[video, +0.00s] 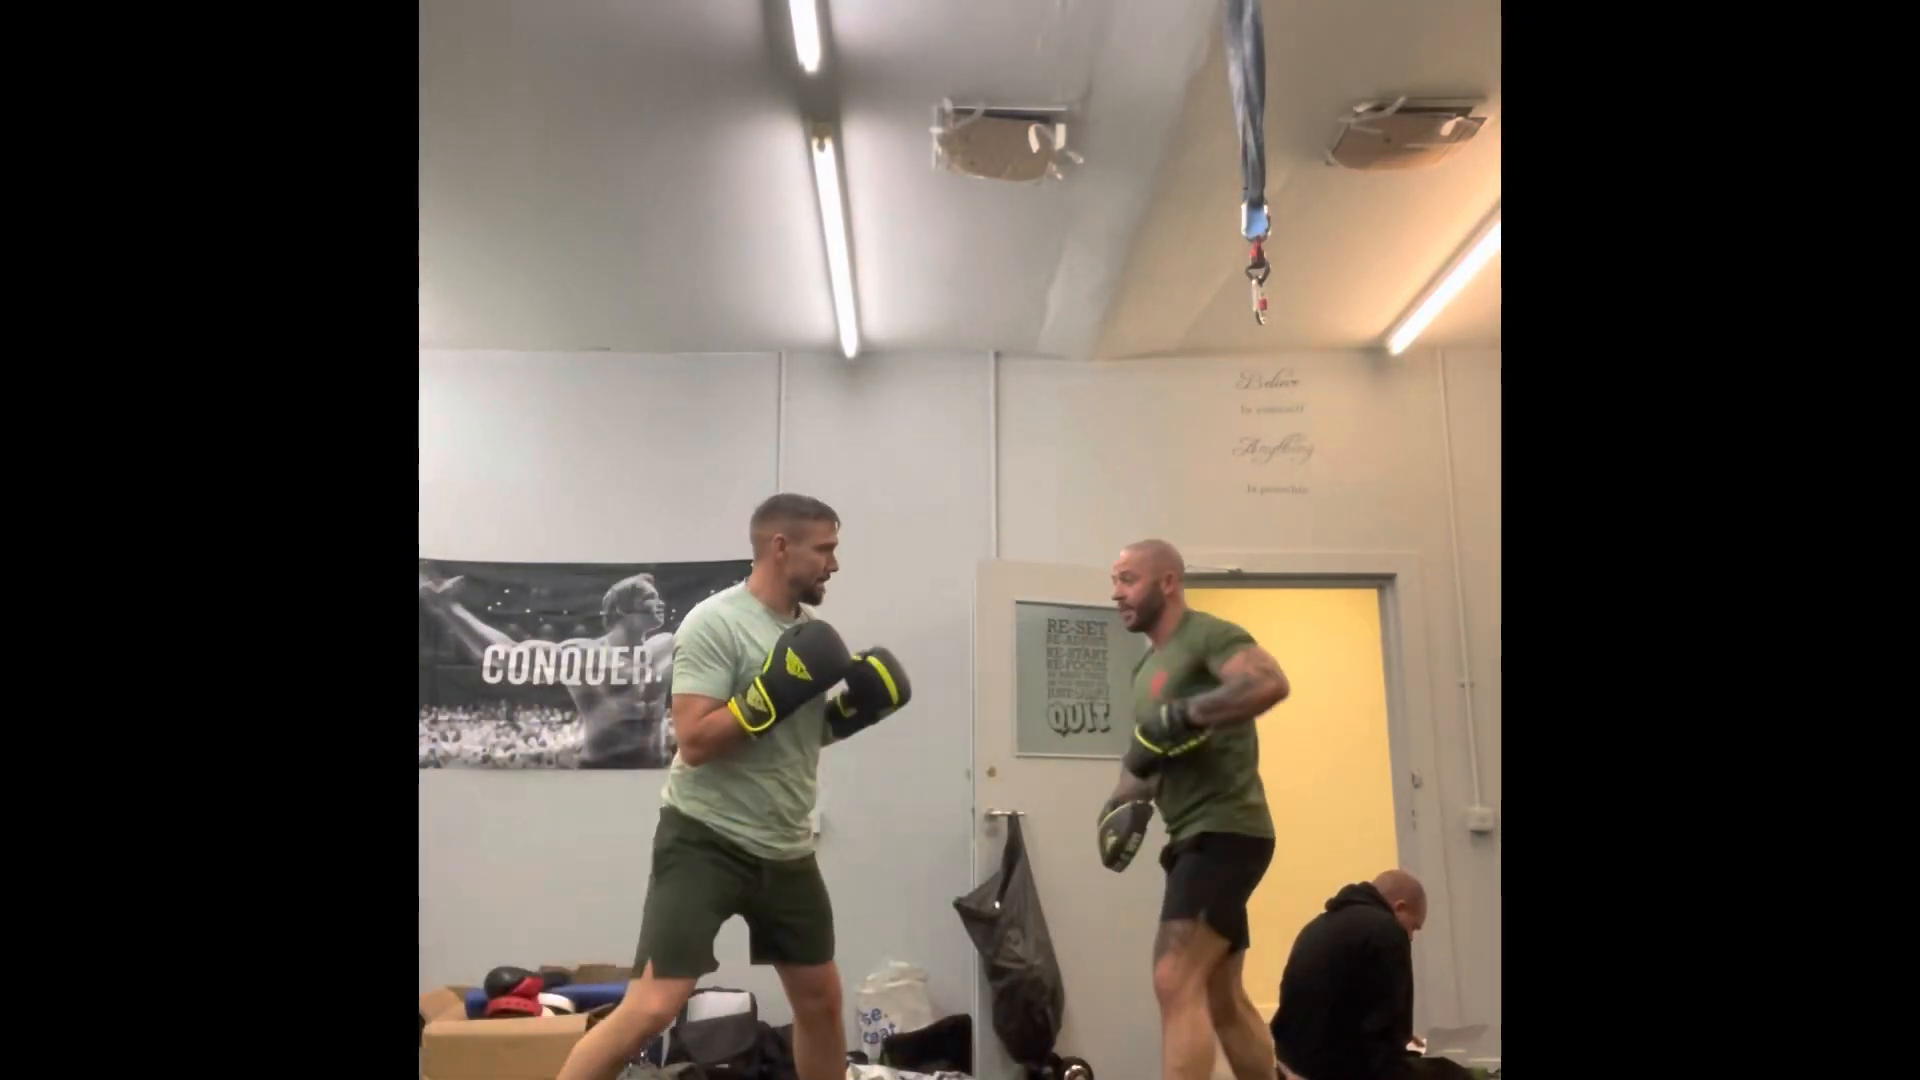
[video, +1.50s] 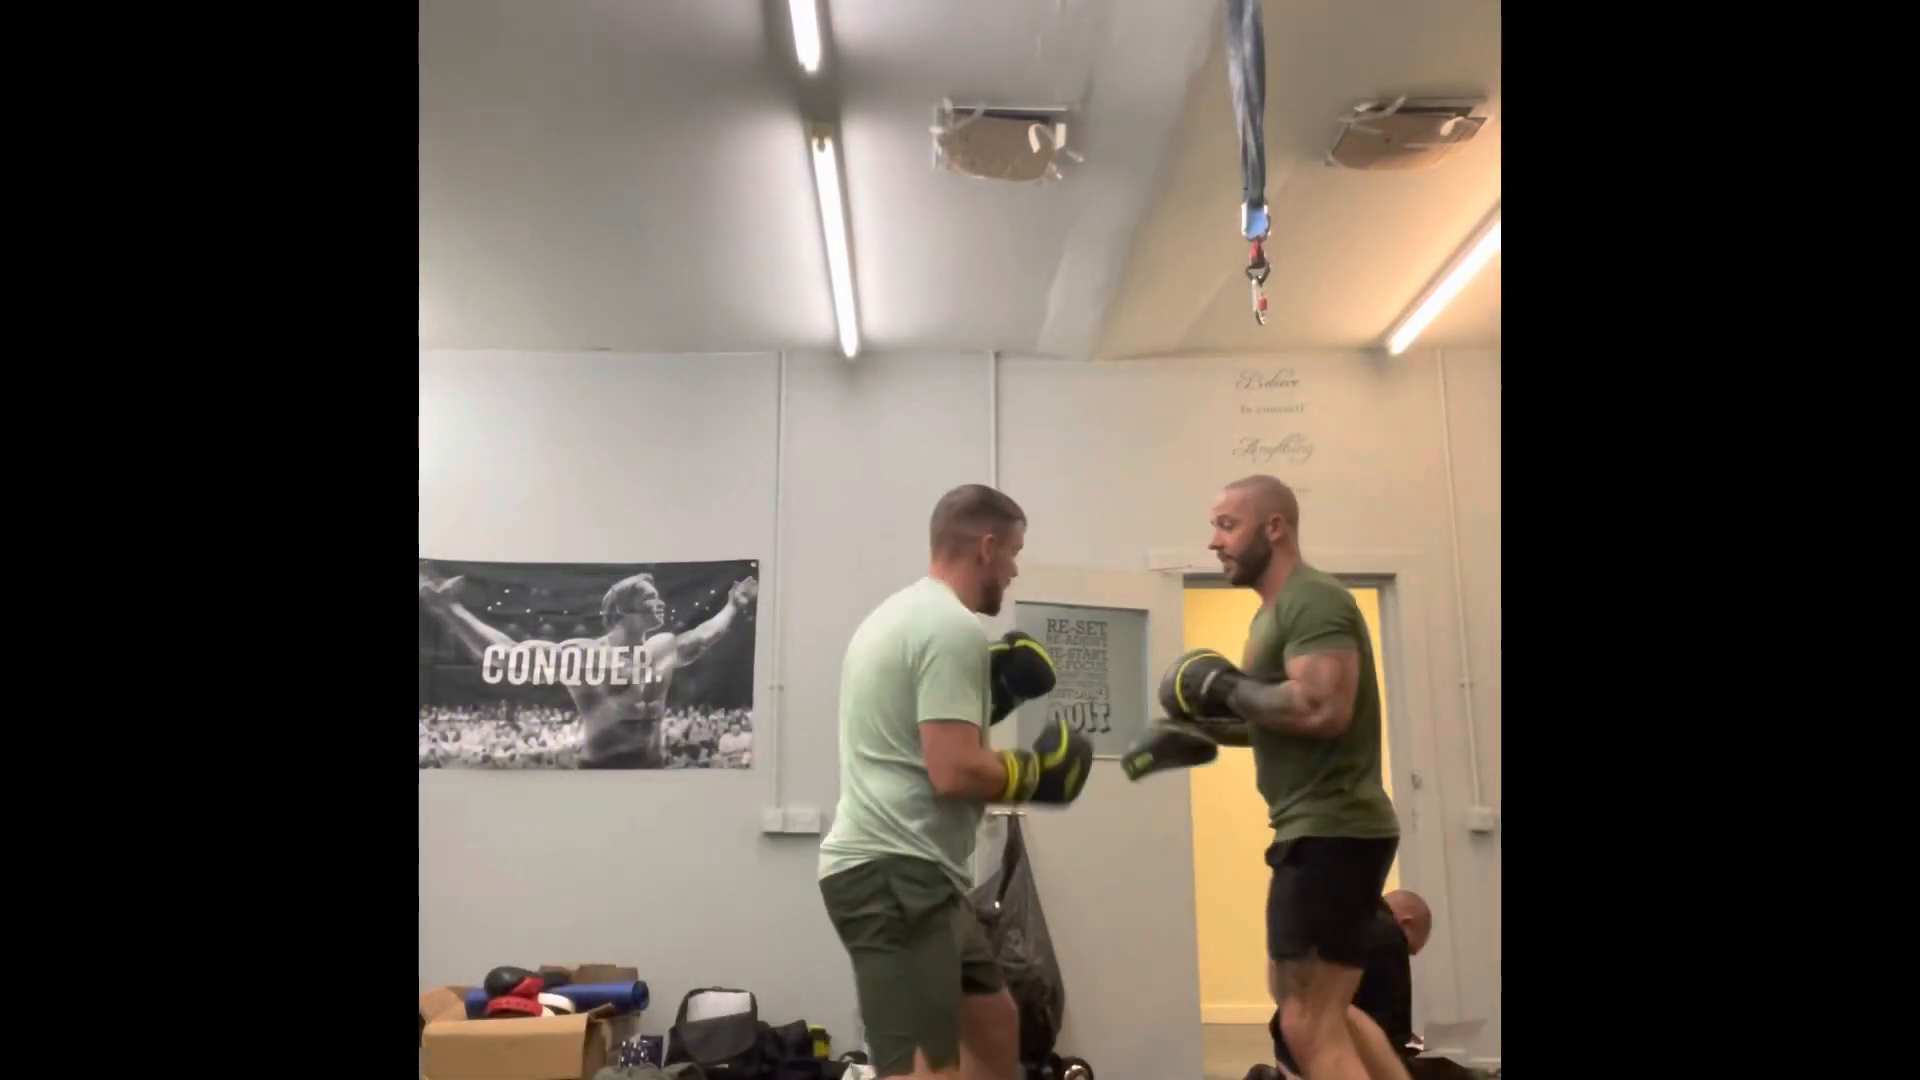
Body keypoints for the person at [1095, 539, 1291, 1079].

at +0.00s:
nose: (1117, 593)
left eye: (1128, 580)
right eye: (1115, 582)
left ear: (1167, 583)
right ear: (1151, 586)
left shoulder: (1209, 633)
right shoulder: (1146, 669)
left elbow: (1268, 681)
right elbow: (1147, 752)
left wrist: (1180, 718)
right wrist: (1124, 808)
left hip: (1229, 830)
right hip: (1192, 836)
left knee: (1176, 980)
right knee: (1225, 1000)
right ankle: (1273, 1078)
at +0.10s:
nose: (1153, 580)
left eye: (1164, 568)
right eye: (1151, 569)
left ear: (1205, 571)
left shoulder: (1252, 632)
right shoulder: (1178, 654)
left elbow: (1286, 715)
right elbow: (1179, 742)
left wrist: (1192, 714)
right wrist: (1149, 808)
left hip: (1257, 822)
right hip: (1207, 830)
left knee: (1225, 981)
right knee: (1203, 986)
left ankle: (1283, 1078)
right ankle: (1259, 1078)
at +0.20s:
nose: (1190, 579)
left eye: (1203, 568)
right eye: (1192, 568)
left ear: (1246, 577)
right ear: (1235, 579)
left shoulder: (1284, 647)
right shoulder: (1221, 662)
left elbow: (1283, 741)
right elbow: (1224, 758)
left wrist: (1200, 711)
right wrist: (1182, 831)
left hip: (1295, 849)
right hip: (1244, 854)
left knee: (1281, 1023)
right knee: (1235, 1007)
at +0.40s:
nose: (1249, 548)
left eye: (1261, 533)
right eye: (1250, 534)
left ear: (1308, 539)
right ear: (1305, 542)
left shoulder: (1352, 603)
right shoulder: (1311, 627)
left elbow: (1422, 684)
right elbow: (1340, 740)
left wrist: (1304, 729)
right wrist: (1274, 781)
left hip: (1376, 839)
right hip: (1350, 840)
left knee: (1362, 1036)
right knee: (1393, 1028)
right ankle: (1469, 1074)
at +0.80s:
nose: (1311, 565)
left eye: (1322, 548)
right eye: (1308, 551)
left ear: (1372, 544)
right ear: (1364, 550)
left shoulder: (1418, 601)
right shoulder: (1355, 641)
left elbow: (1347, 682)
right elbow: (1320, 740)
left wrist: (1261, 682)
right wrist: (1246, 738)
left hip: (1444, 835)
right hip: (1418, 837)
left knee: (1380, 1017)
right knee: (1452, 1025)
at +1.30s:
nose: (1262, 567)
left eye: (1272, 550)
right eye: (1258, 553)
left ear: (1321, 544)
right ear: (1318, 549)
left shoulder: (1361, 604)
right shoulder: (1339, 621)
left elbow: (1283, 699)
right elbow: (1283, 740)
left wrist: (1208, 682)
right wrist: (1205, 728)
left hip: (1408, 831)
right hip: (1419, 831)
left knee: (1340, 1016)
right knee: (1435, 1019)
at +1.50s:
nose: (1215, 541)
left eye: (1226, 525)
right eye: (1214, 527)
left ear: (1274, 529)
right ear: (1271, 532)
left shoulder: (1312, 598)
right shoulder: (1276, 614)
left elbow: (1324, 707)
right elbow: (1284, 722)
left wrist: (1225, 687)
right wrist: (1209, 735)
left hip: (1336, 831)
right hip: (1314, 831)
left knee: (1307, 1022)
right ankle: (1401, 1079)